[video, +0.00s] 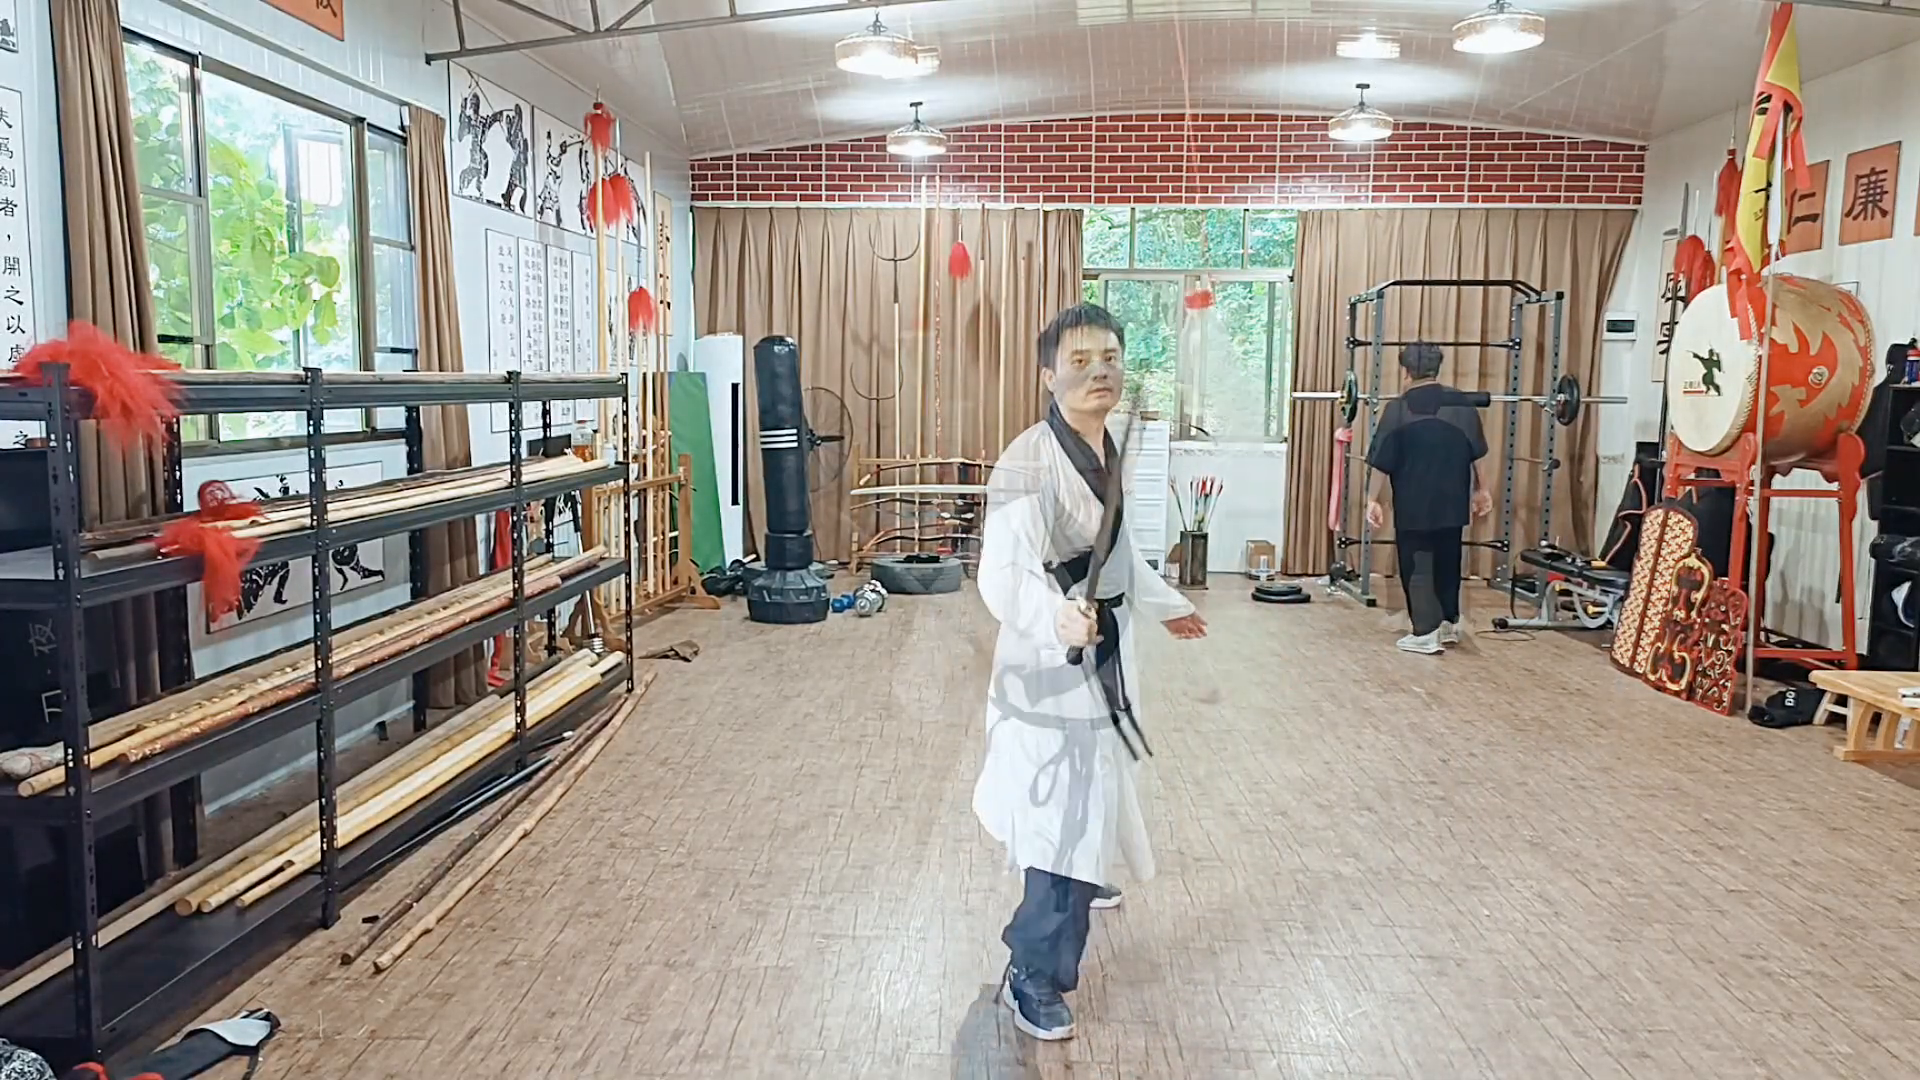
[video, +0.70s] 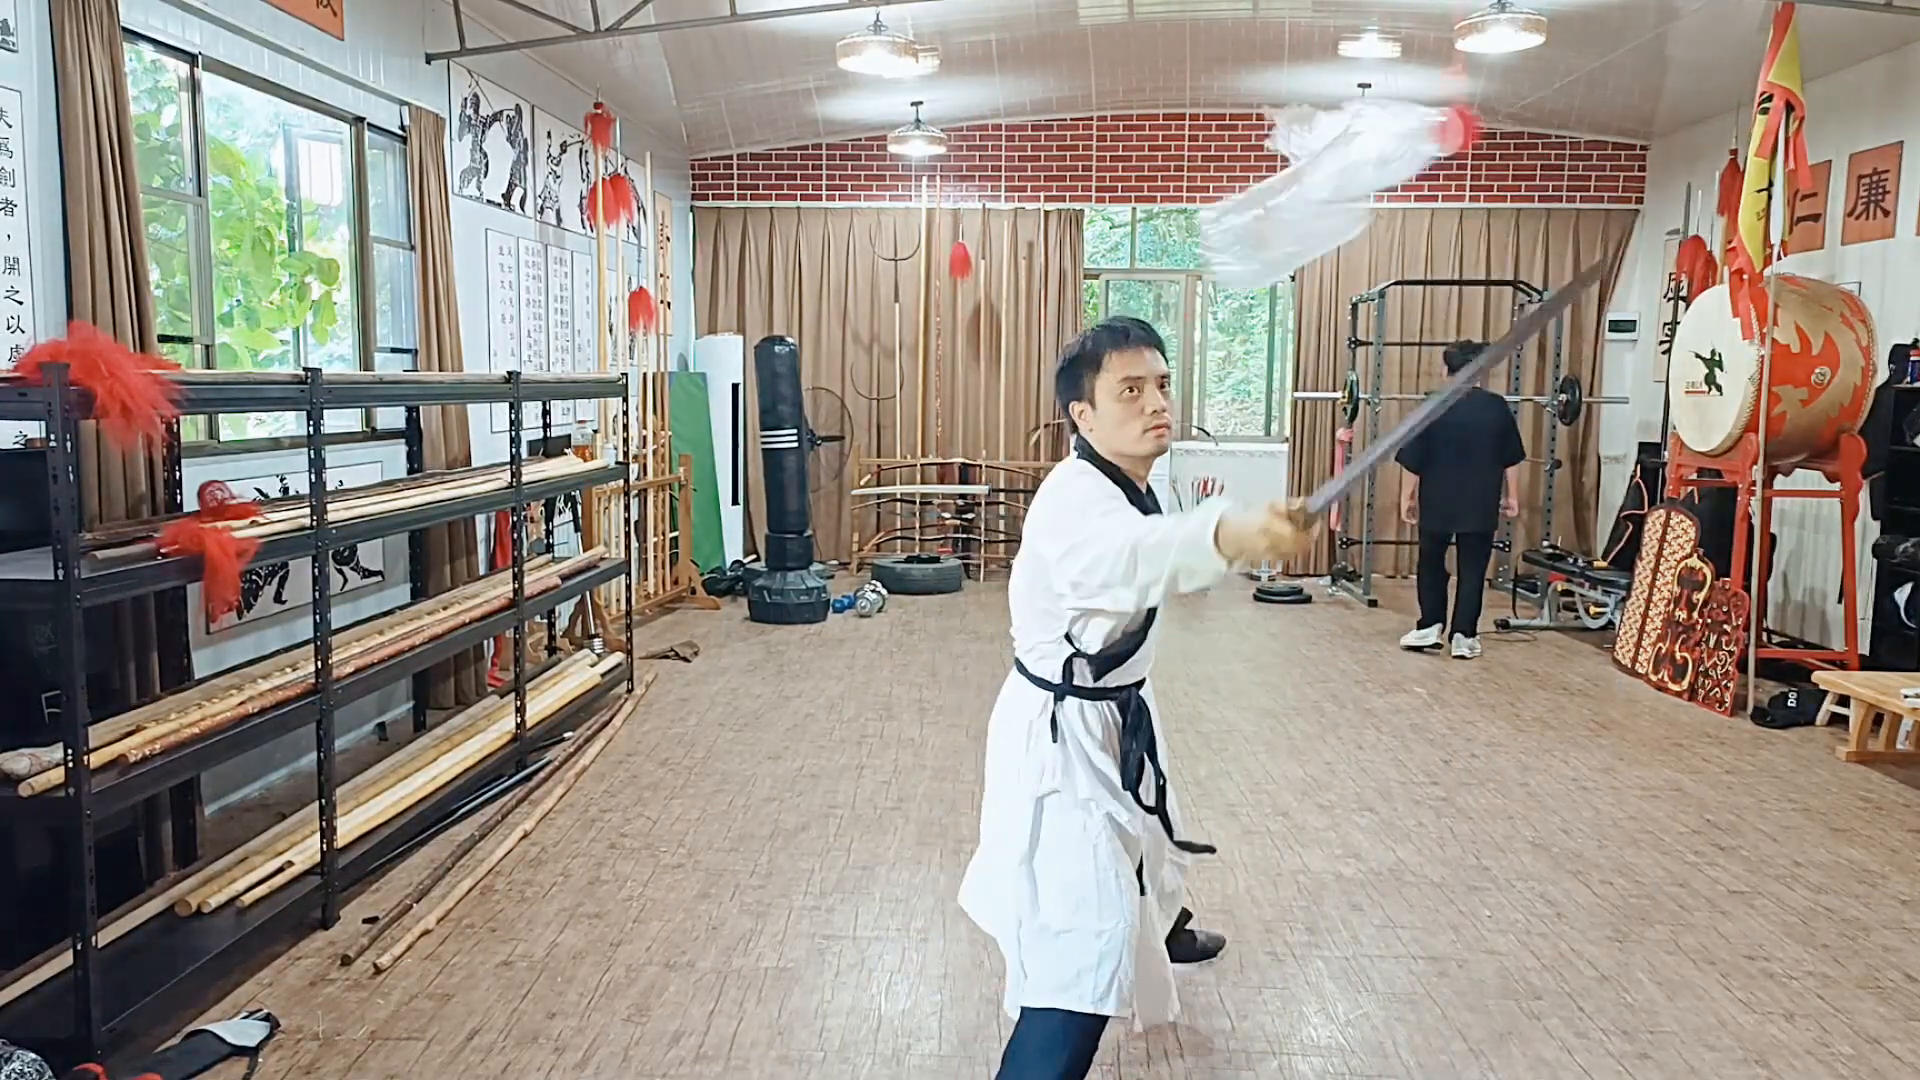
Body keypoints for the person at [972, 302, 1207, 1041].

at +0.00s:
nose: (1100, 372)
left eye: (1109, 358)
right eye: (1081, 361)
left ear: (1122, 368)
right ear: (1050, 374)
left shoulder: (1110, 451)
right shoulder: (1027, 462)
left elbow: (1115, 552)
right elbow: (1004, 573)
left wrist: (1166, 604)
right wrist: (1058, 617)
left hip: (1100, 657)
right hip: (1046, 669)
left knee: (1093, 783)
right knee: (1059, 815)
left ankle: (1077, 881)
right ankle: (1034, 979)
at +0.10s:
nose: (1098, 376)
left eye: (1109, 362)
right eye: (1080, 364)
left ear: (1122, 373)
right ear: (1051, 377)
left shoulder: (1111, 451)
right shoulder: (1035, 459)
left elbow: (1120, 547)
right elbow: (1005, 558)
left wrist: (1172, 594)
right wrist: (1059, 600)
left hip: (1104, 676)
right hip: (1045, 681)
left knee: (1087, 814)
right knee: (1056, 830)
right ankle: (1034, 980)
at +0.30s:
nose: (1131, 408)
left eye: (1142, 391)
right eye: (1108, 392)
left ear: (1155, 403)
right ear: (1064, 409)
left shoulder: (1147, 487)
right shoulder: (1029, 514)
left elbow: (1180, 567)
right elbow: (982, 653)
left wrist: (1233, 617)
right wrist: (1048, 644)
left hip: (1125, 718)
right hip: (1048, 733)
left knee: (1101, 890)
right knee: (1057, 966)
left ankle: (1059, 1028)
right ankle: (1014, 1061)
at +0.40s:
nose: (1144, 392)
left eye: (1153, 375)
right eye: (1119, 377)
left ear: (1162, 387)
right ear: (1072, 399)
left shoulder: (1135, 485)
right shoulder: (1048, 493)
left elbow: (1147, 574)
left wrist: (1182, 609)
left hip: (1117, 718)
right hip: (1059, 730)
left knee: (1093, 938)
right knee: (1070, 964)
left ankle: (1050, 1060)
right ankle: (1027, 1067)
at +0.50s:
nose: (1142, 403)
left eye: (1149, 384)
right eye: (1118, 386)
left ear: (1158, 392)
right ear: (1065, 405)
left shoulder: (1112, 483)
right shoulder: (1064, 490)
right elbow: (1146, 510)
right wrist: (1213, 507)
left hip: (1105, 713)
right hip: (1053, 728)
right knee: (1068, 976)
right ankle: (1030, 1065)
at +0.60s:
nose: (1148, 403)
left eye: (1153, 384)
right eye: (1122, 390)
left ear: (1163, 391)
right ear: (1071, 417)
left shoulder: (1126, 479)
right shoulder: (1071, 496)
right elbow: (1156, 492)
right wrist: (1246, 453)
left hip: (1117, 709)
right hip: (1054, 730)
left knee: (1141, 844)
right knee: (1071, 967)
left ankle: (1128, 946)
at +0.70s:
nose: (1157, 404)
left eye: (1161, 386)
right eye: (1132, 391)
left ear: (1171, 396)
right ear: (1082, 416)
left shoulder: (1138, 488)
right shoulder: (1073, 504)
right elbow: (1132, 552)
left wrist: (1250, 545)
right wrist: (1233, 536)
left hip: (1122, 710)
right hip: (1060, 732)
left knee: (1145, 827)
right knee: (1082, 961)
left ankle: (1167, 936)